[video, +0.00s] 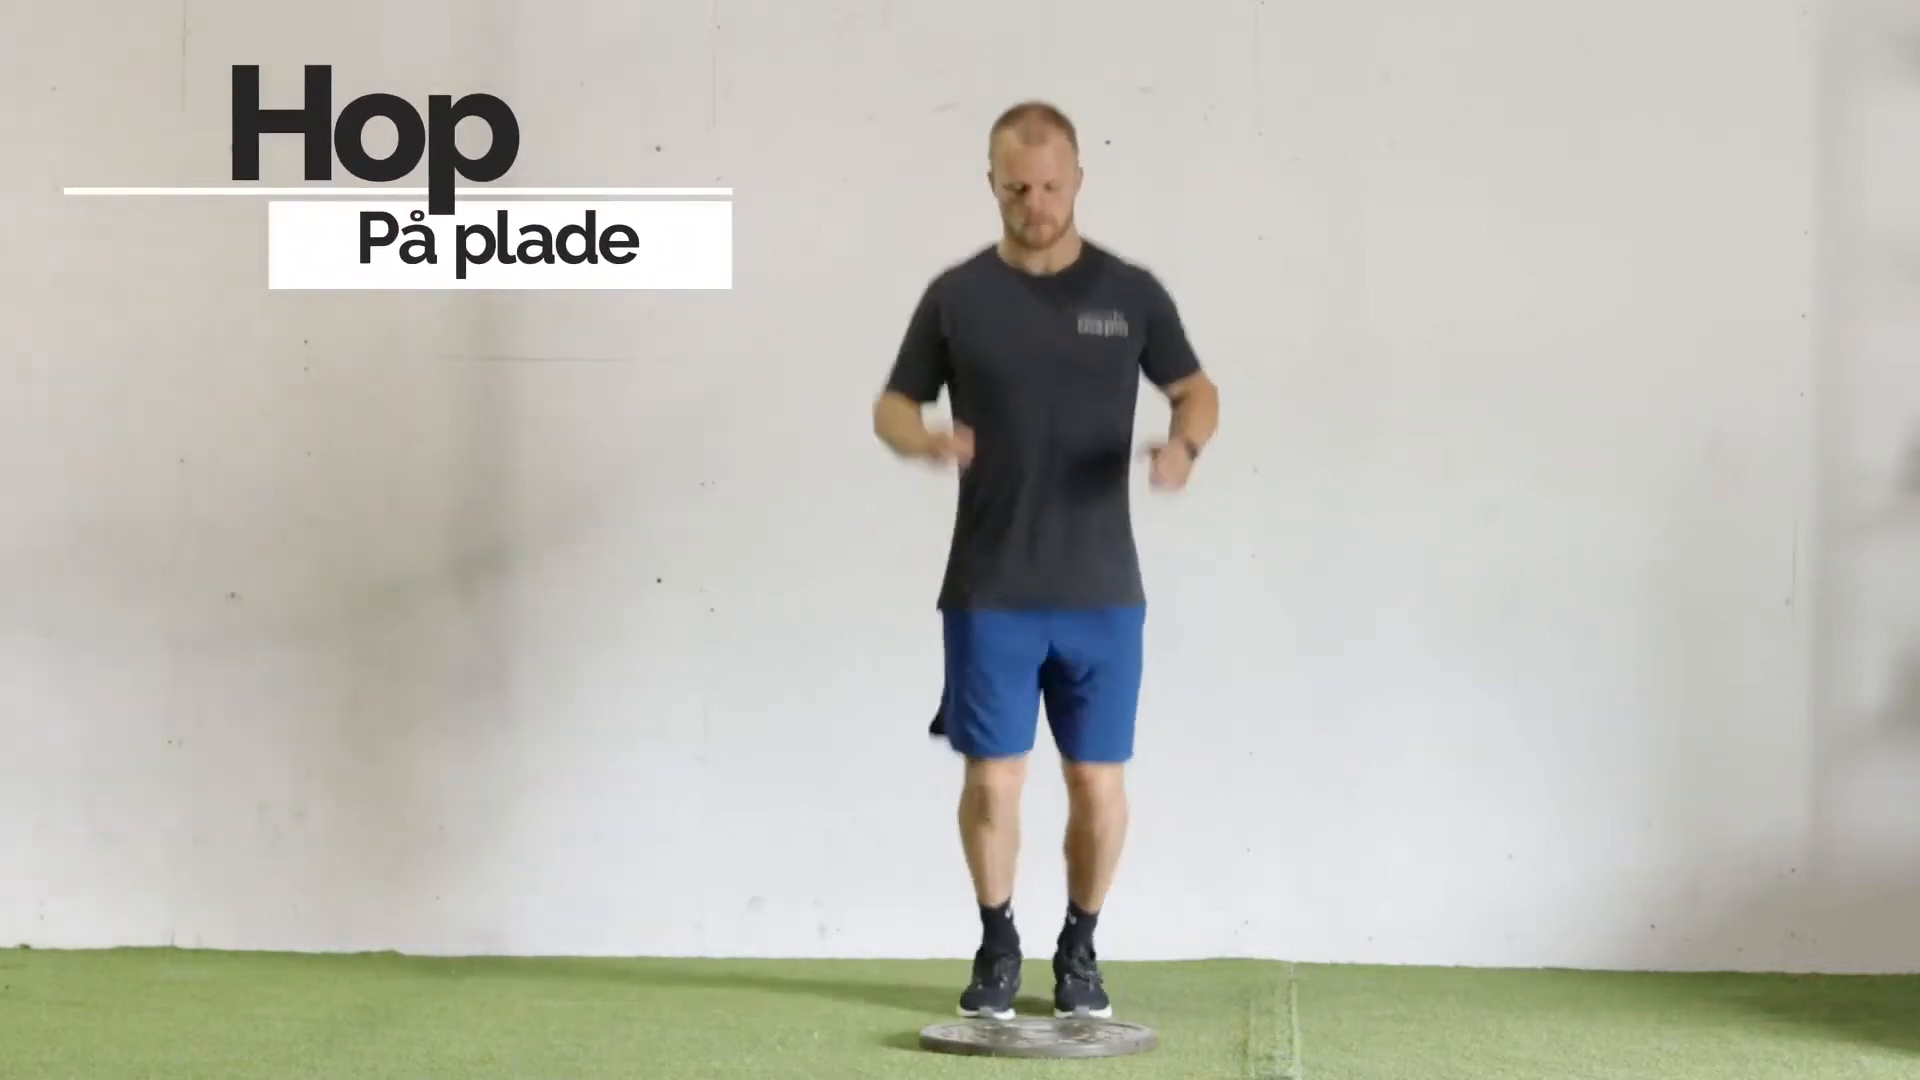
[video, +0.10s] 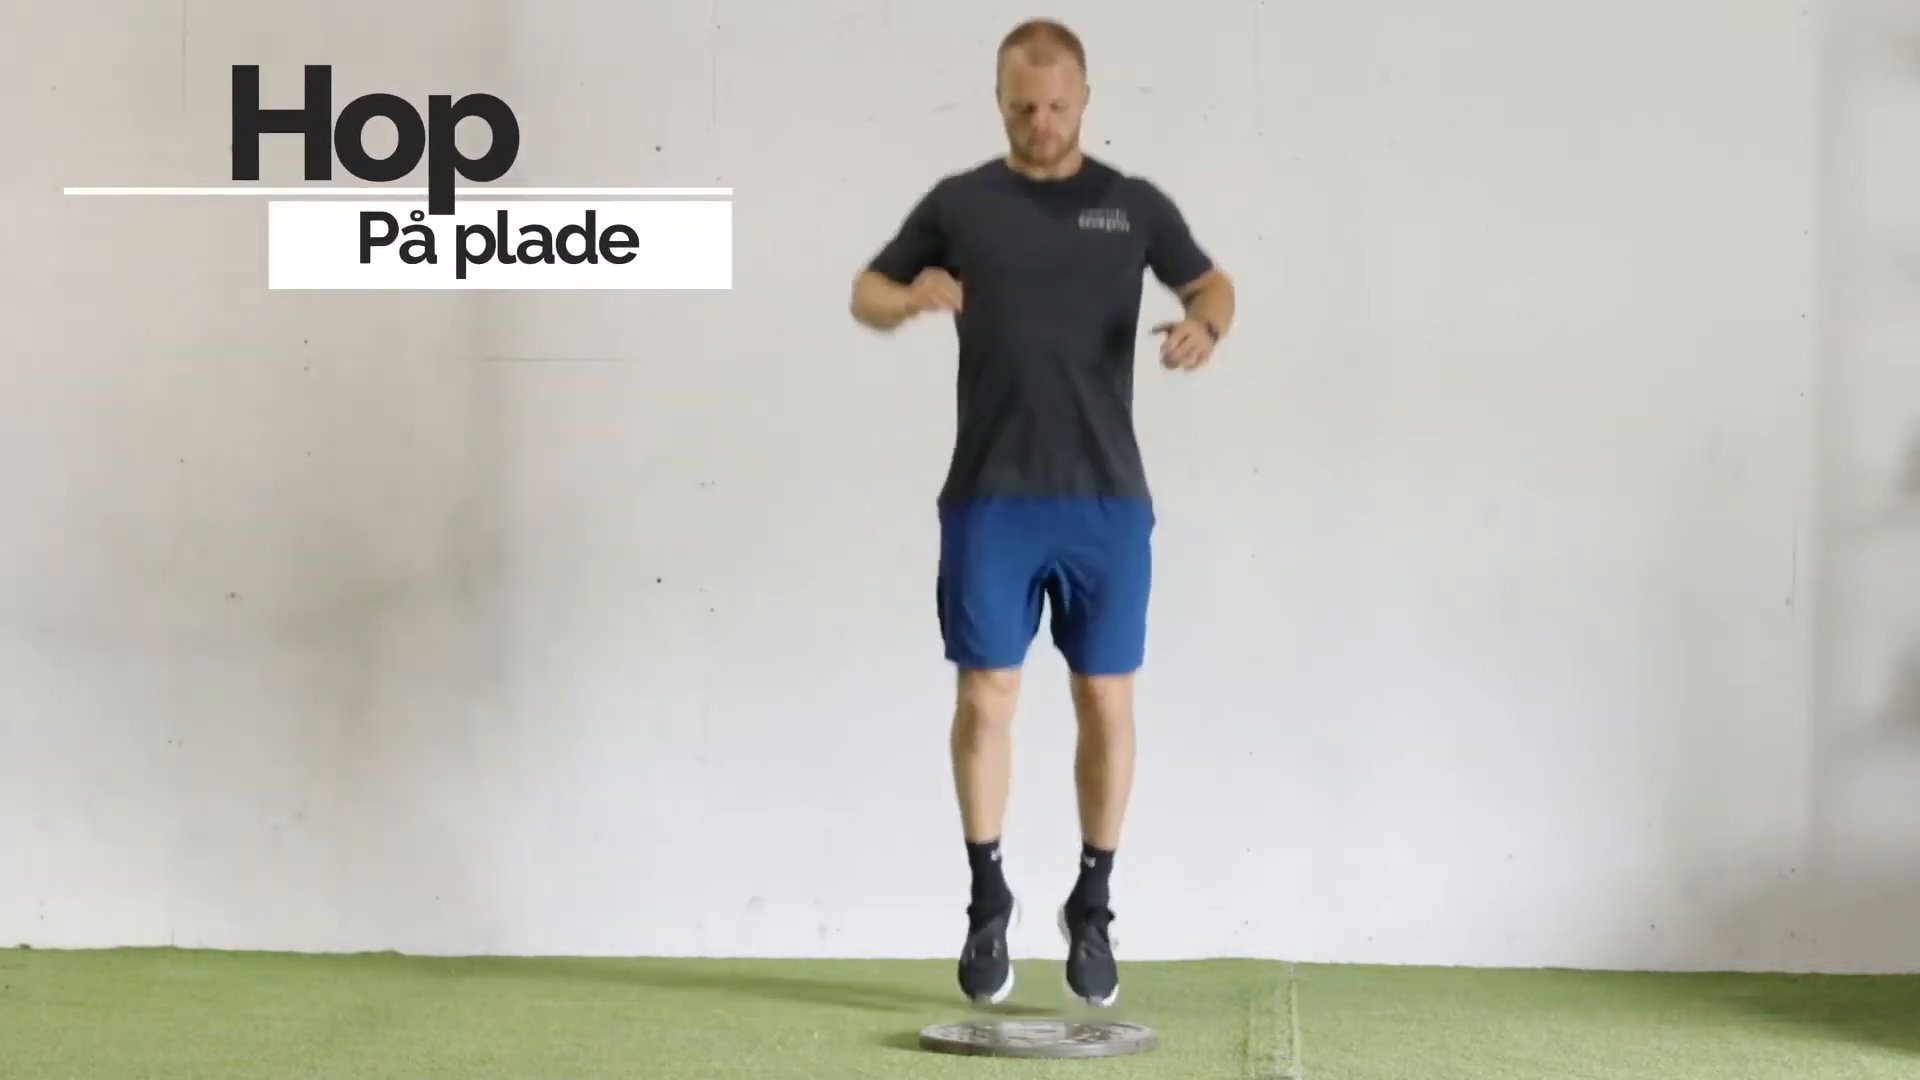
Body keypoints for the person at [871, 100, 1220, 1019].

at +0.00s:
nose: (1033, 203)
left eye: (1049, 185)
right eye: (1015, 187)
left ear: (1078, 180)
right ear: (993, 187)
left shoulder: (1132, 292)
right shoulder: (954, 297)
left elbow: (1196, 393)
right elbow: (892, 410)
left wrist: (1183, 442)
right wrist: (926, 437)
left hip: (1100, 580)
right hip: (992, 581)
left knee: (1097, 782)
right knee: (992, 780)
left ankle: (1080, 950)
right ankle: (997, 948)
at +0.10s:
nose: (1040, 122)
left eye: (1055, 106)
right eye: (1023, 107)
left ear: (1084, 100)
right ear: (1001, 105)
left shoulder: (1133, 205)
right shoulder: (960, 202)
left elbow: (1212, 285)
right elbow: (867, 296)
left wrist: (1204, 325)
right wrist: (907, 297)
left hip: (1106, 491)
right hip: (992, 490)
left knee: (1105, 703)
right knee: (986, 698)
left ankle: (1094, 905)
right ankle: (987, 900)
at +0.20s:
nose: (1043, 97)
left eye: (1058, 80)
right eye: (1026, 80)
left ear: (1087, 75)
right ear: (1003, 76)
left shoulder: (1136, 177)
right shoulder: (959, 175)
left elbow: (1214, 256)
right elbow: (869, 260)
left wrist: (1210, 305)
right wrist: (900, 277)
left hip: (1106, 464)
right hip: (993, 463)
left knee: (1102, 678)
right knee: (993, 673)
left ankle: (1087, 891)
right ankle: (993, 889)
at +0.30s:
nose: (1046, 115)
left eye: (1062, 98)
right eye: (1029, 99)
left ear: (1091, 93)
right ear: (1006, 95)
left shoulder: (1139, 200)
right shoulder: (961, 195)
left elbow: (1206, 291)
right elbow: (885, 285)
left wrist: (1208, 363)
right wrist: (917, 344)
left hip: (1105, 481)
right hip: (994, 480)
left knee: (1093, 701)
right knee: (1003, 697)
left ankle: (1069, 926)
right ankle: (1008, 920)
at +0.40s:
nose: (1048, 166)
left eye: (1064, 149)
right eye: (1031, 150)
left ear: (1093, 147)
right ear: (1008, 150)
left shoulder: (1139, 259)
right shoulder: (964, 254)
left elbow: (1202, 361)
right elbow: (895, 354)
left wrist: (1196, 443)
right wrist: (927, 439)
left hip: (1104, 537)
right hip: (993, 533)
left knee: (1089, 746)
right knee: (1006, 747)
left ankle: (1067, 960)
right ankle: (1010, 960)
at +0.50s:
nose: (1049, 176)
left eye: (1065, 158)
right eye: (1032, 159)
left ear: (1094, 154)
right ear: (1008, 156)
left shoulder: (1139, 267)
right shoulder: (964, 263)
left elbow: (1190, 378)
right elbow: (903, 366)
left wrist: (1174, 470)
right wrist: (922, 467)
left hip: (1108, 556)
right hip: (995, 553)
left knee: (1092, 747)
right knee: (1004, 750)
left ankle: (1067, 960)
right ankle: (1010, 958)